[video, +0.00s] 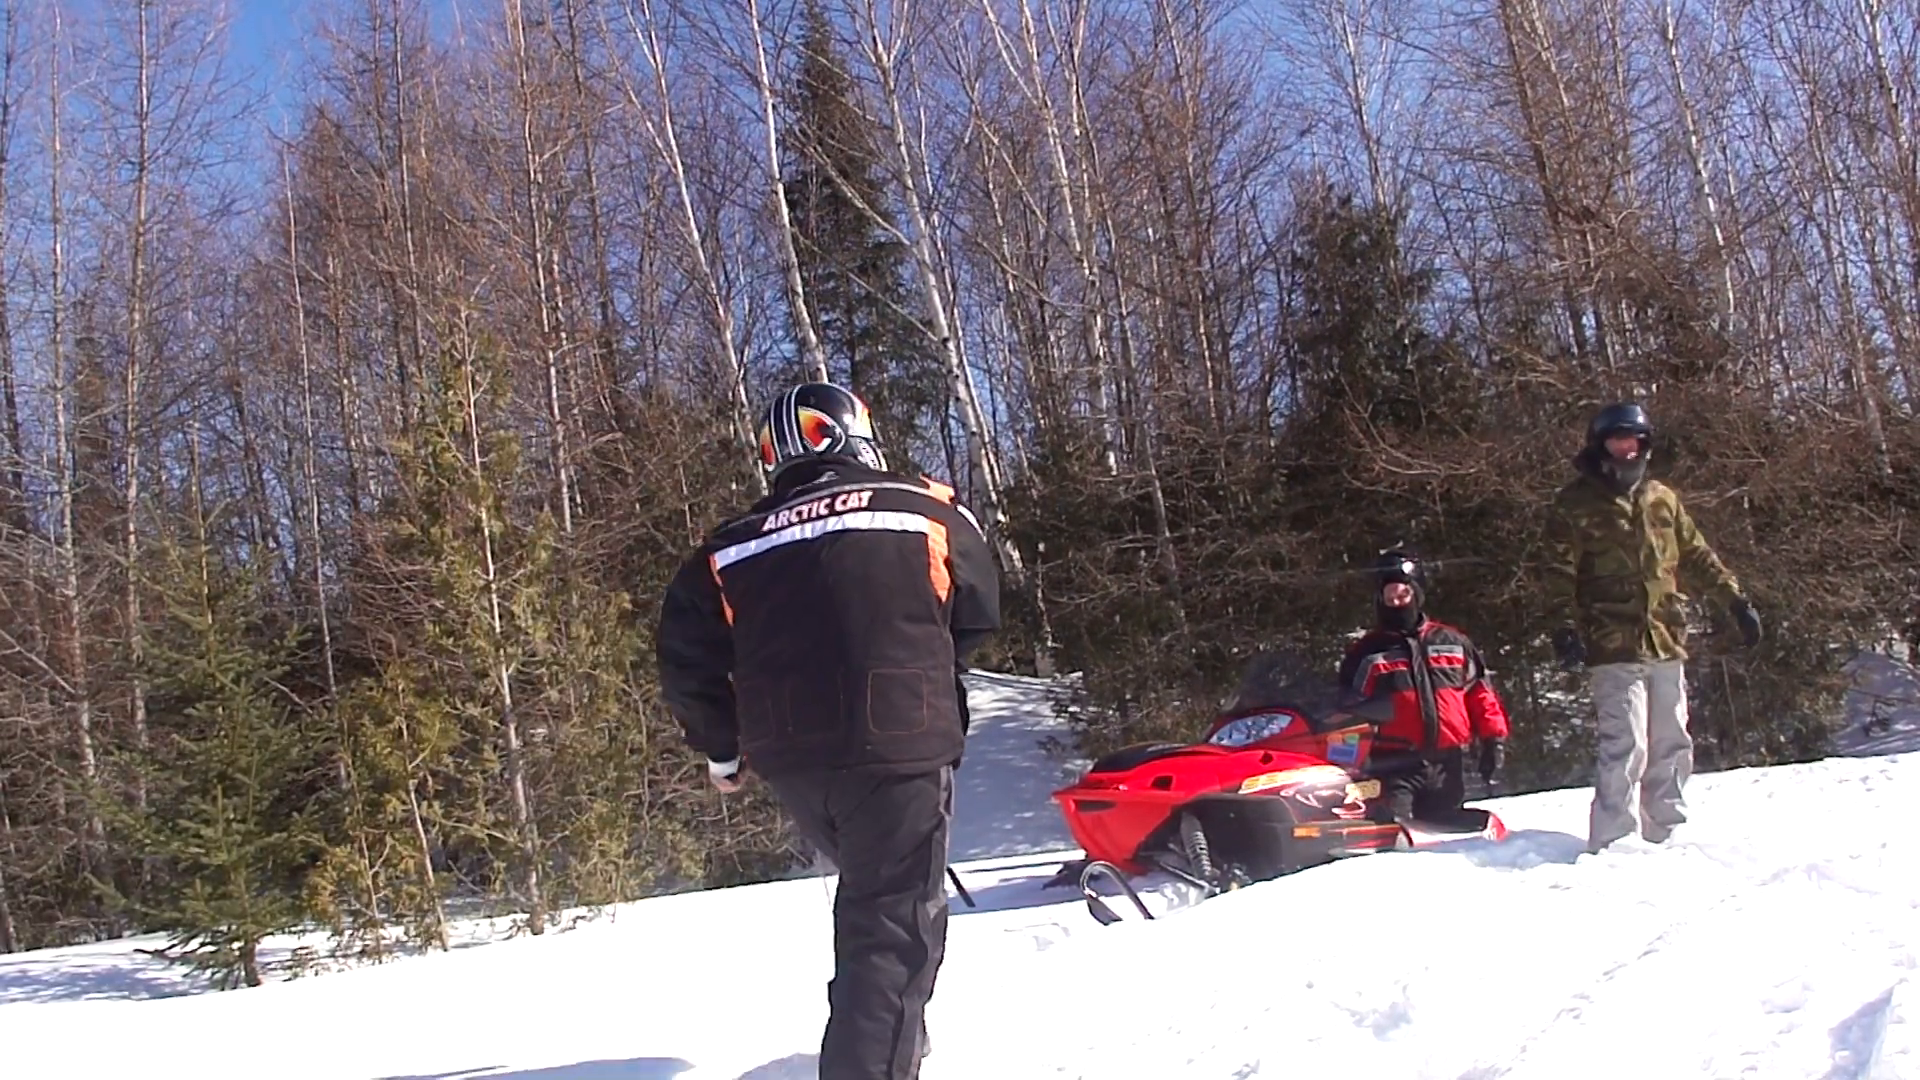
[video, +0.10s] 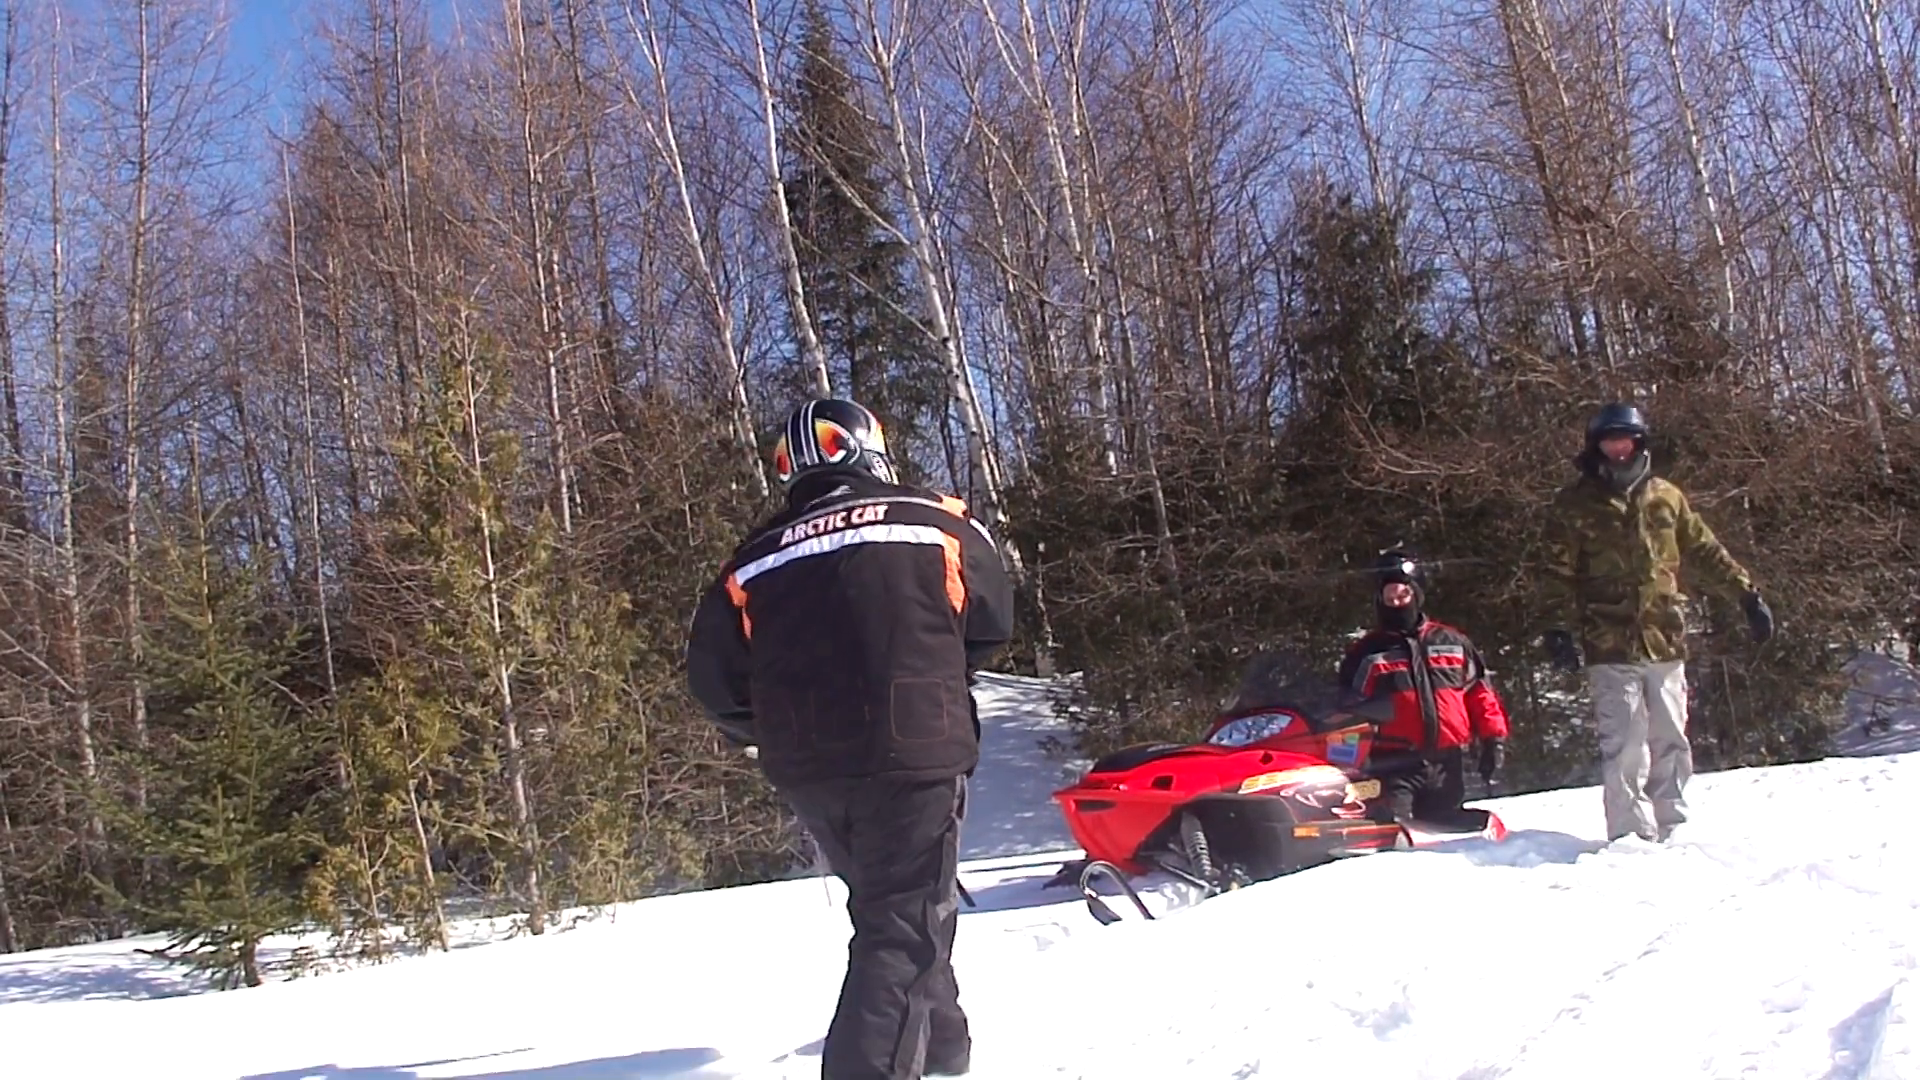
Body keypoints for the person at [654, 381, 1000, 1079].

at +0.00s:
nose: (871, 442)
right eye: (865, 430)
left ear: (772, 450)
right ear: (862, 437)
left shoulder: (728, 539)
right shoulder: (926, 502)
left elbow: (685, 648)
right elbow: (981, 606)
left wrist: (718, 748)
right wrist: (939, 659)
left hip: (784, 755)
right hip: (903, 746)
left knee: (887, 894)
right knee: (885, 927)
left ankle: (896, 1047)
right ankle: (862, 1069)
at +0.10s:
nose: (888, 458)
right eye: (881, 447)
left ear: (786, 469)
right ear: (874, 451)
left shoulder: (752, 555)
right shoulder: (936, 516)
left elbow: (709, 673)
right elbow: (996, 617)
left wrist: (758, 724)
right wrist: (942, 664)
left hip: (804, 766)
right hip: (918, 755)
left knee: (904, 910)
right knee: (893, 930)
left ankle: (942, 1055)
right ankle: (864, 1071)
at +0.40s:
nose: (906, 514)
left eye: (817, 516)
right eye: (901, 505)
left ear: (817, 527)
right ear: (897, 509)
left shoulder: (784, 613)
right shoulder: (951, 567)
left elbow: (772, 714)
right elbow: (1035, 636)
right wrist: (987, 570)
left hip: (854, 805)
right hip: (960, 782)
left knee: (903, 939)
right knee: (993, 923)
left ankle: (910, 1047)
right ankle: (916, 1047)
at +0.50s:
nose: (930, 540)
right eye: (925, 530)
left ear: (842, 546)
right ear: (916, 534)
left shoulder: (799, 636)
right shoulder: (966, 591)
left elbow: (804, 742)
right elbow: (1045, 671)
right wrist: (1012, 601)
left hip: (864, 837)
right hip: (969, 814)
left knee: (910, 962)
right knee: (1027, 913)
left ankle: (918, 1053)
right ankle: (958, 994)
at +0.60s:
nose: (963, 550)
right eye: (957, 541)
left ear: (865, 553)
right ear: (944, 541)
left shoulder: (822, 634)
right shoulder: (987, 596)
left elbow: (822, 736)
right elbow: (1056, 698)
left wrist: (892, 741)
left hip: (878, 829)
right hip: (983, 803)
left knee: (918, 961)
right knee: (1035, 879)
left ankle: (934, 1066)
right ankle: (1024, 1007)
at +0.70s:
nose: (980, 541)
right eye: (975, 532)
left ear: (890, 541)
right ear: (964, 534)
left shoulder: (844, 625)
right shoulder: (1006, 592)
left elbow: (843, 723)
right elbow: (1069, 696)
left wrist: (908, 752)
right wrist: (1045, 743)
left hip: (895, 813)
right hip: (1004, 793)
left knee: (925, 934)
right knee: (1055, 869)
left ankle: (931, 1059)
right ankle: (1091, 1005)